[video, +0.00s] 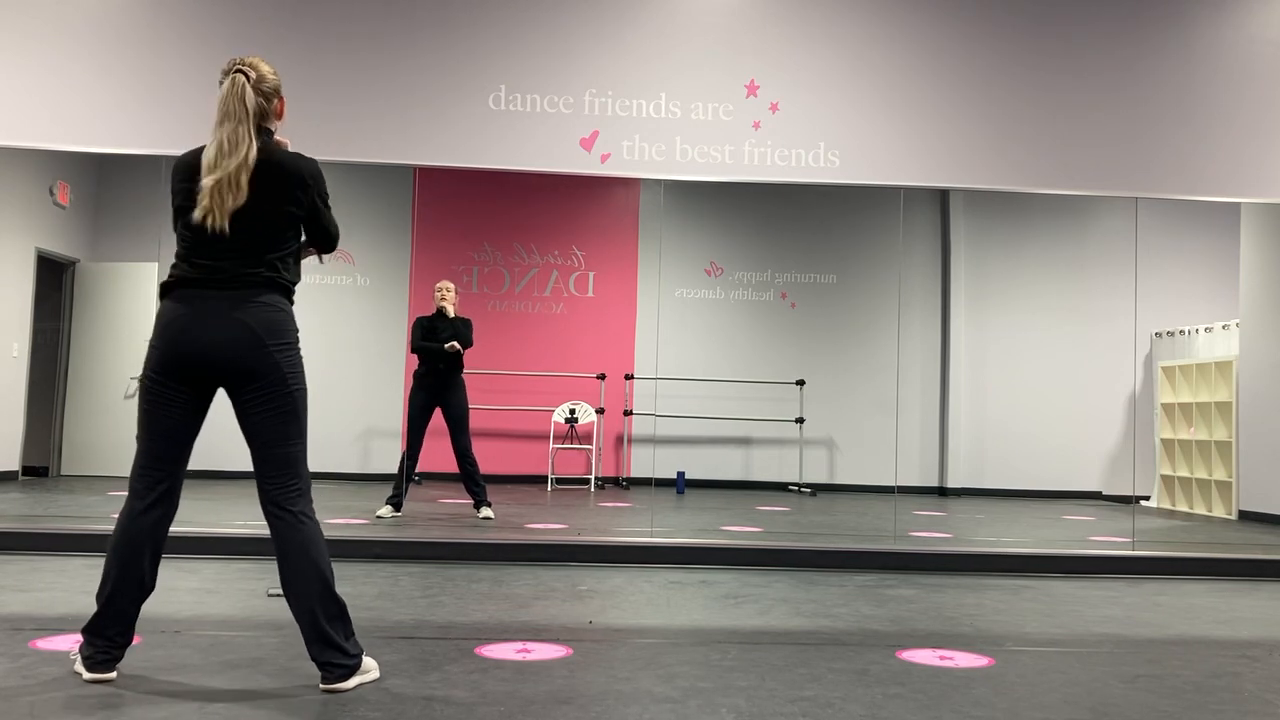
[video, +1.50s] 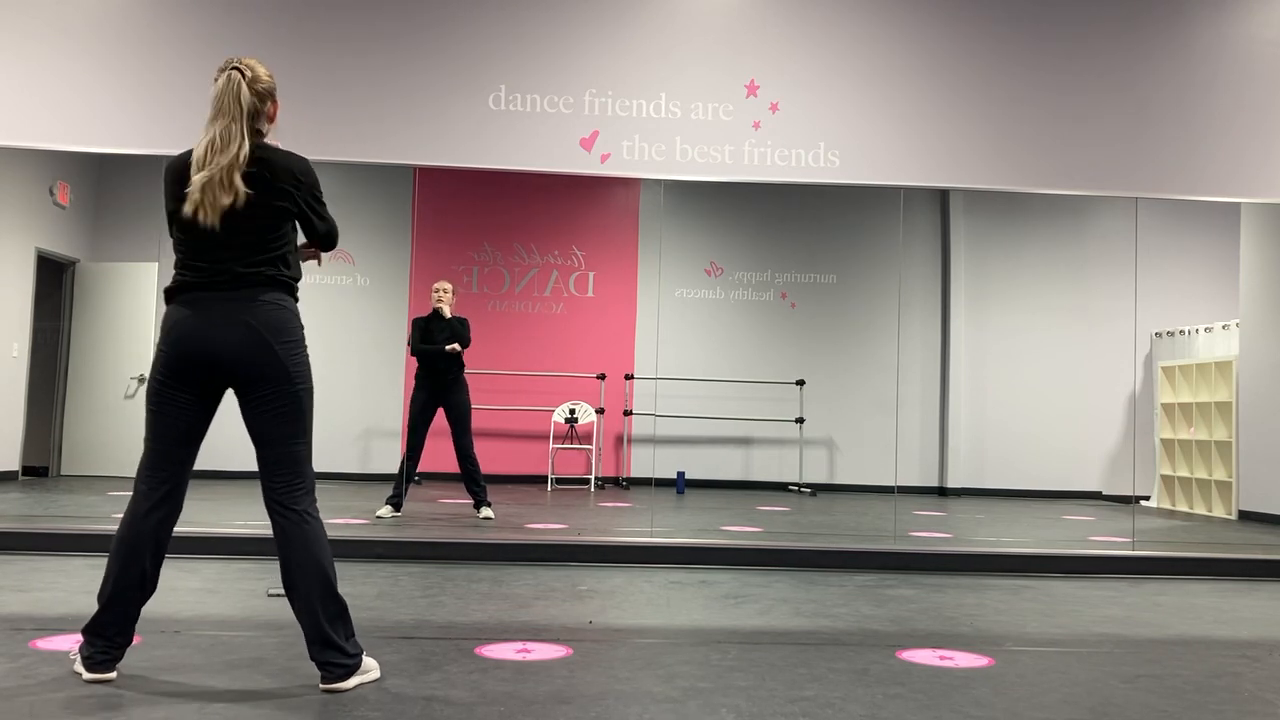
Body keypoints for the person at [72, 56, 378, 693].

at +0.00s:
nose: (288, 114)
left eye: (284, 103)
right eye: (286, 104)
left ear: (224, 107)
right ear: (275, 110)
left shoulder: (187, 166)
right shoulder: (298, 170)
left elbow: (196, 235)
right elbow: (327, 240)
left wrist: (288, 240)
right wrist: (277, 237)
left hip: (180, 324)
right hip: (261, 327)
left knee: (150, 490)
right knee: (288, 498)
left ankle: (100, 649)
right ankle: (338, 659)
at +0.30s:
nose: (284, 113)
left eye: (279, 103)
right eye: (283, 104)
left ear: (220, 107)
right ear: (274, 109)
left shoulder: (178, 169)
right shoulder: (296, 178)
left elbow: (165, 241)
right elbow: (304, 253)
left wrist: (233, 256)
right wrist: (251, 260)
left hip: (167, 326)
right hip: (250, 331)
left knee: (140, 487)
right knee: (281, 500)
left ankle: (100, 649)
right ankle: (337, 659)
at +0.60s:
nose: (286, 114)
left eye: (284, 105)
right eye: (284, 105)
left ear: (223, 107)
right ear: (271, 109)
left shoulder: (190, 173)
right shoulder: (290, 167)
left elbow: (209, 247)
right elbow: (329, 244)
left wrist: (298, 260)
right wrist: (312, 248)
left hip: (202, 330)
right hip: (279, 328)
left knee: (168, 490)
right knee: (301, 496)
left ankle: (101, 648)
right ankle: (338, 659)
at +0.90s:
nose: (288, 113)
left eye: (285, 104)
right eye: (287, 104)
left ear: (225, 107)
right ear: (275, 108)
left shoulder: (193, 170)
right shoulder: (296, 165)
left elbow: (220, 241)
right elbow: (338, 236)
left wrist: (309, 252)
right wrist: (320, 243)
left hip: (193, 326)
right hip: (273, 325)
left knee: (159, 490)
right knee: (296, 497)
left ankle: (101, 649)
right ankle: (338, 659)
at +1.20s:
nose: (271, 114)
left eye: (208, 103)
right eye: (272, 104)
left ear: (209, 106)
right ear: (269, 109)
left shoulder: (172, 168)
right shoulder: (293, 178)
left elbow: (154, 250)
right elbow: (293, 260)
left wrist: (207, 258)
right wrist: (238, 277)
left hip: (170, 330)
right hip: (254, 333)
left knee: (142, 489)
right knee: (281, 501)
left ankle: (100, 650)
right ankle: (337, 659)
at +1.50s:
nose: (280, 115)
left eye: (277, 106)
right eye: (279, 106)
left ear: (217, 105)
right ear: (269, 110)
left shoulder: (179, 169)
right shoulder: (289, 169)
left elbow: (193, 245)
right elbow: (326, 239)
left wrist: (286, 250)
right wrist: (277, 251)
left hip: (188, 327)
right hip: (268, 327)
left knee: (155, 489)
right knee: (292, 497)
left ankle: (101, 649)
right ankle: (338, 658)